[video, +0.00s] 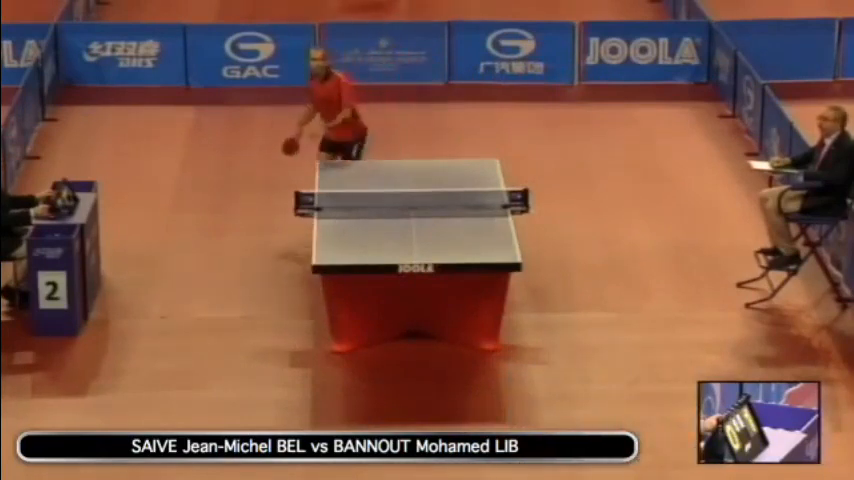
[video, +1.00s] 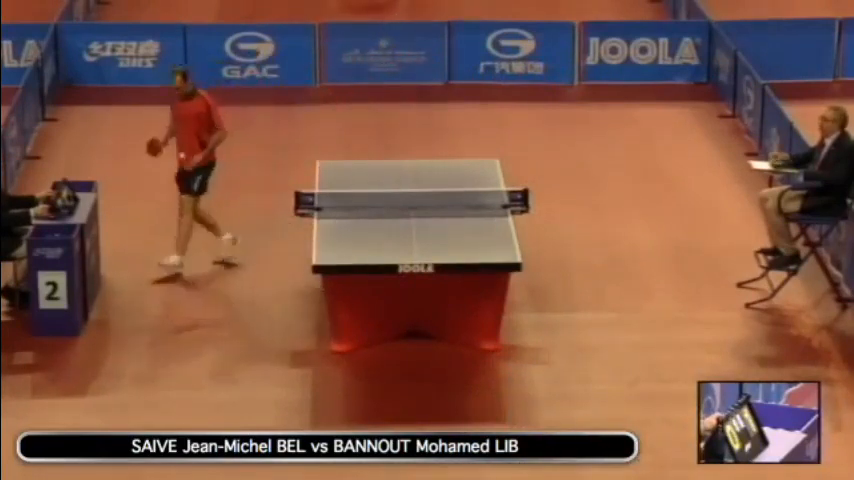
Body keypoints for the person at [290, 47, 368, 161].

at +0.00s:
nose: (316, 65)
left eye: (320, 61)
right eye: (314, 61)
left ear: (327, 63)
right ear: (310, 63)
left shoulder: (342, 82)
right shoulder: (315, 83)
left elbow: (348, 112)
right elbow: (313, 108)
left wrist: (329, 126)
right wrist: (300, 125)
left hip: (353, 134)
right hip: (333, 133)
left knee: (348, 172)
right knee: (323, 168)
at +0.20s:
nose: (291, 63)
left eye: (295, 59)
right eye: (289, 59)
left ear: (303, 61)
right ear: (285, 62)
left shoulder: (319, 78)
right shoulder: (286, 85)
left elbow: (342, 96)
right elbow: (280, 109)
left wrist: (329, 120)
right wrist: (268, 130)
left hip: (324, 132)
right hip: (306, 135)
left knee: (300, 169)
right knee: (316, 178)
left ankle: (306, 223)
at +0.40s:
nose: (269, 69)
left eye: (273, 65)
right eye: (266, 65)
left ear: (281, 66)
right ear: (263, 67)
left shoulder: (295, 89)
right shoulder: (263, 87)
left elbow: (304, 118)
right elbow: (260, 110)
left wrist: (286, 133)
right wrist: (250, 132)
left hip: (289, 144)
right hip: (269, 143)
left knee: (275, 184)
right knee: (263, 182)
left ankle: (282, 228)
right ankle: (295, 194)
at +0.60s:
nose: (237, 73)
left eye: (240, 69)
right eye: (235, 69)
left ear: (250, 68)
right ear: (234, 70)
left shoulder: (265, 86)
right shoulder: (238, 86)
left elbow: (269, 117)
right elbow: (238, 115)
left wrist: (241, 123)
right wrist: (228, 135)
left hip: (263, 146)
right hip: (242, 146)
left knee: (261, 190)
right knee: (237, 188)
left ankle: (283, 226)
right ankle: (239, 237)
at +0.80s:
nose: (204, 89)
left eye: (207, 85)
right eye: (202, 86)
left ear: (218, 81)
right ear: (202, 85)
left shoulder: (234, 99)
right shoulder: (205, 100)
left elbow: (247, 127)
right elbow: (204, 126)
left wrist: (226, 145)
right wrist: (191, 144)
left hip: (233, 160)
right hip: (214, 161)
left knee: (223, 205)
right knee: (214, 206)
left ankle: (250, 234)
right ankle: (235, 244)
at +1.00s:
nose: (178, 90)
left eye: (180, 86)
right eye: (176, 86)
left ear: (190, 83)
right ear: (176, 85)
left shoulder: (205, 102)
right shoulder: (177, 103)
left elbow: (221, 132)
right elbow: (174, 127)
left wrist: (203, 155)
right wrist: (162, 141)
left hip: (202, 162)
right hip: (184, 162)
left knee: (187, 205)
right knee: (192, 210)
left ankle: (178, 256)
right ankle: (224, 237)